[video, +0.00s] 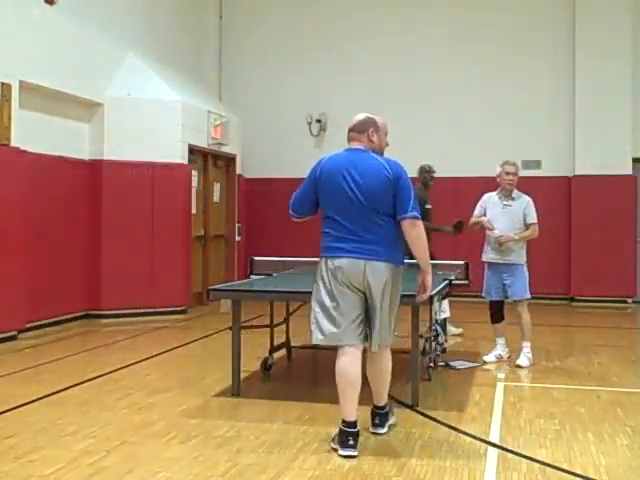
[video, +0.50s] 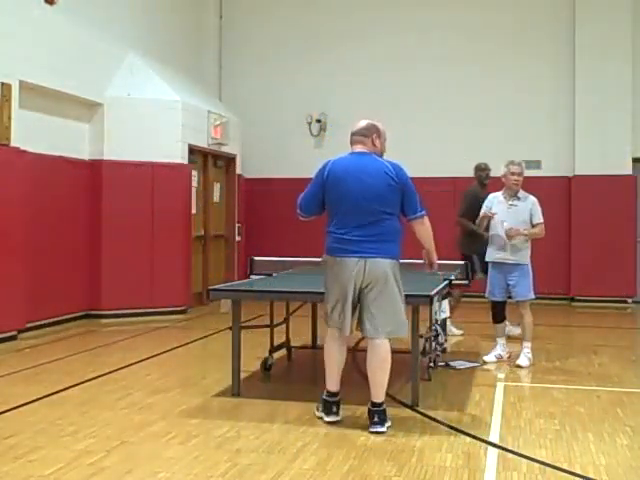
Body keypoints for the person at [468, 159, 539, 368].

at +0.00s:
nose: (510, 178)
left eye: (513, 175)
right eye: (506, 174)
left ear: (518, 178)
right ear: (498, 177)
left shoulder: (525, 202)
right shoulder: (487, 199)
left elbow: (533, 231)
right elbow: (471, 222)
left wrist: (512, 237)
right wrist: (481, 220)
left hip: (516, 262)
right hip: (493, 261)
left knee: (521, 305)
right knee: (495, 304)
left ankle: (526, 348)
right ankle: (500, 347)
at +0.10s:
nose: (514, 179)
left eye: (517, 175)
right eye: (510, 174)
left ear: (520, 178)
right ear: (500, 176)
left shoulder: (527, 202)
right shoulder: (488, 199)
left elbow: (536, 230)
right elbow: (473, 222)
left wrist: (516, 237)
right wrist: (483, 219)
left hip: (517, 262)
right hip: (493, 261)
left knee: (521, 305)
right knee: (495, 304)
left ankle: (526, 349)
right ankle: (501, 347)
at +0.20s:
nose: (516, 179)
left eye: (519, 175)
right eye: (512, 174)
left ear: (522, 178)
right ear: (502, 177)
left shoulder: (528, 202)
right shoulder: (489, 199)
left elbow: (537, 231)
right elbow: (474, 225)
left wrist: (518, 237)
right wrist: (486, 221)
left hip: (518, 262)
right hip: (494, 261)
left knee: (522, 305)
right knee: (496, 304)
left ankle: (526, 349)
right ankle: (501, 347)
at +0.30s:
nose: (517, 179)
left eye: (520, 175)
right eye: (513, 174)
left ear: (523, 178)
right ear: (503, 176)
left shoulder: (529, 202)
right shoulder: (490, 199)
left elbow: (538, 231)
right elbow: (476, 224)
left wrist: (520, 237)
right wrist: (487, 220)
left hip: (519, 262)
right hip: (495, 260)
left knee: (523, 305)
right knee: (496, 304)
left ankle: (526, 349)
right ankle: (501, 347)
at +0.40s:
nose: (518, 179)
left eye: (520, 175)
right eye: (514, 174)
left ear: (523, 178)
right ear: (503, 176)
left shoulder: (530, 202)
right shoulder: (491, 199)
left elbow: (539, 230)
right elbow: (478, 224)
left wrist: (522, 236)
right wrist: (486, 218)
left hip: (519, 261)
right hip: (496, 260)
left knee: (523, 305)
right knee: (496, 305)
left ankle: (526, 349)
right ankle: (501, 347)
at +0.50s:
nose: (516, 178)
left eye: (519, 175)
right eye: (512, 174)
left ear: (523, 178)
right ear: (503, 177)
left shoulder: (531, 202)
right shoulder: (492, 199)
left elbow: (540, 231)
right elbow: (480, 228)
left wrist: (521, 232)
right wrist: (485, 218)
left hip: (520, 261)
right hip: (496, 260)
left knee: (523, 305)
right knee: (497, 305)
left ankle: (526, 349)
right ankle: (501, 347)